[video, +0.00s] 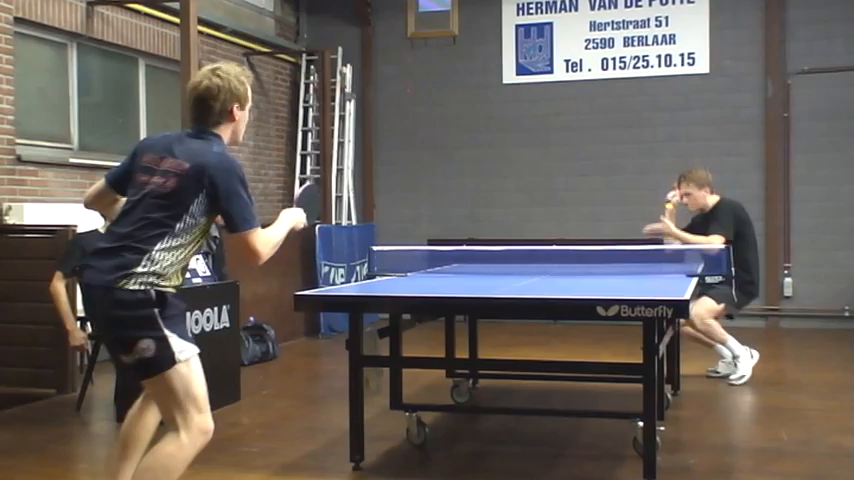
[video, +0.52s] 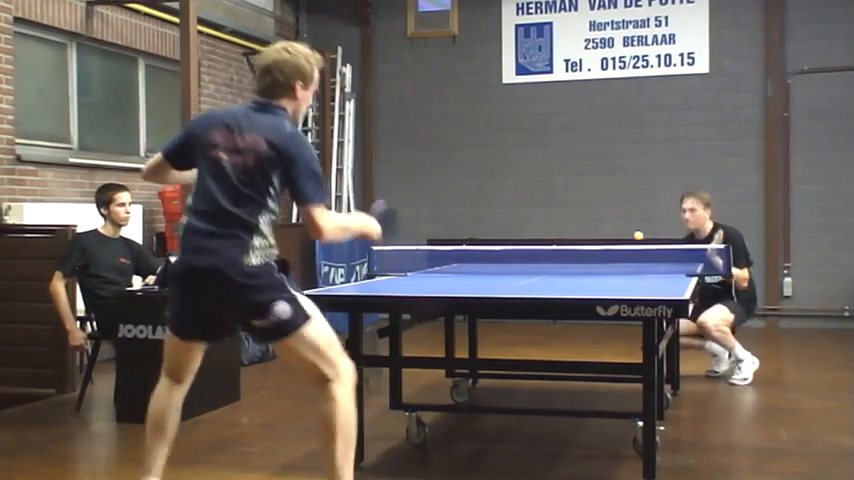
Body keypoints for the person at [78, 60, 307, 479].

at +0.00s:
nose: (248, 117)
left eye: (248, 108)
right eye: (247, 107)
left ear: (199, 105)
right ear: (236, 110)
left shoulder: (152, 145)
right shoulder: (220, 162)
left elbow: (96, 198)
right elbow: (259, 250)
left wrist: (142, 230)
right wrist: (287, 220)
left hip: (99, 284)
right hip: (141, 294)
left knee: (156, 395)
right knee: (196, 427)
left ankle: (120, 475)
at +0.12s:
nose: (248, 117)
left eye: (248, 108)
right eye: (247, 107)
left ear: (199, 105)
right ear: (236, 110)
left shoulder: (152, 145)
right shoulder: (220, 162)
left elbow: (96, 198)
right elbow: (259, 250)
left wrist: (142, 230)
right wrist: (287, 220)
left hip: (99, 284)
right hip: (141, 294)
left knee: (156, 395)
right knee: (196, 427)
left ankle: (120, 475)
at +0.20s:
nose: (251, 111)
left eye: (251, 101)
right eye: (251, 101)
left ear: (202, 97)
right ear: (239, 103)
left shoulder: (159, 138)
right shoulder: (225, 155)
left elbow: (103, 195)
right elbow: (267, 241)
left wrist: (136, 230)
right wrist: (295, 208)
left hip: (111, 285)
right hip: (153, 294)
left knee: (163, 396)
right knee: (212, 417)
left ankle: (121, 476)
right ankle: (146, 476)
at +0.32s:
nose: (268, 87)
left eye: (269, 78)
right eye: (269, 78)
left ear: (220, 75)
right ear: (257, 81)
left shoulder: (173, 118)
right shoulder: (245, 132)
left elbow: (118, 179)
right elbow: (281, 219)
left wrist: (162, 170)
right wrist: (313, 190)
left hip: (141, 266)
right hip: (192, 271)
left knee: (162, 379)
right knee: (268, 380)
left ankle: (120, 476)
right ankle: (190, 475)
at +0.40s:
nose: (284, 80)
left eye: (285, 72)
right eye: (285, 72)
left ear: (236, 68)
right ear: (274, 73)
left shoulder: (189, 108)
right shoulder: (265, 121)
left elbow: (134, 162)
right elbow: (297, 208)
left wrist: (186, 166)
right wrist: (332, 188)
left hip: (158, 256)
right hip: (210, 259)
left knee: (165, 370)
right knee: (299, 361)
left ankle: (126, 473)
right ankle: (254, 473)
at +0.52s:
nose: (311, 100)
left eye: (312, 91)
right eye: (311, 91)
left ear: (265, 83)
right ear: (296, 90)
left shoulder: (211, 122)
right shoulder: (289, 140)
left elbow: (155, 171)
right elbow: (323, 229)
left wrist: (204, 172)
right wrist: (359, 223)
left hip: (191, 269)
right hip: (246, 273)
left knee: (172, 379)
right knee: (339, 372)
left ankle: (150, 475)